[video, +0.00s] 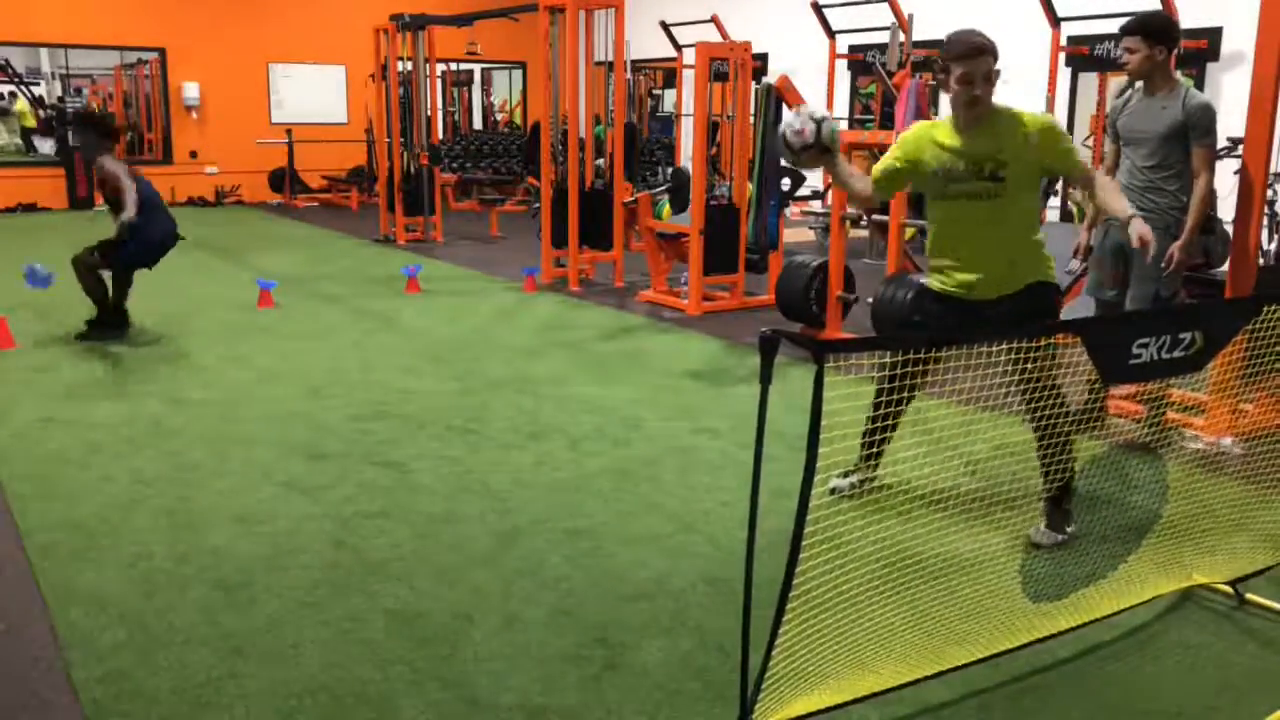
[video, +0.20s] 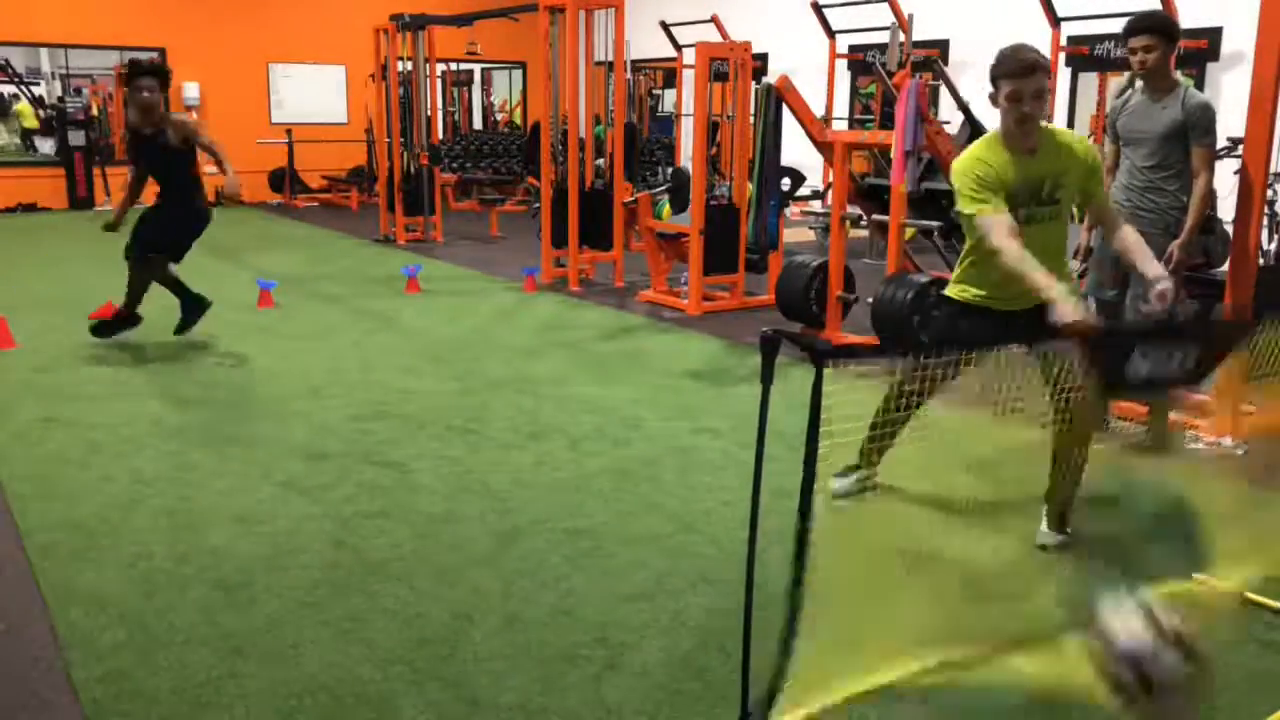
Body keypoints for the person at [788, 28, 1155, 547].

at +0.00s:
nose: (975, 90)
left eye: (984, 79)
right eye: (964, 80)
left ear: (996, 77)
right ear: (945, 80)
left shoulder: (1034, 134)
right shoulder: (920, 140)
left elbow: (1093, 179)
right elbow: (868, 193)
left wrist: (1131, 218)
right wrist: (827, 155)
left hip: (1022, 287)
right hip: (946, 289)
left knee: (1038, 391)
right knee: (898, 374)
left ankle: (1058, 508)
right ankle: (865, 469)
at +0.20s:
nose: (1028, 110)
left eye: (1037, 97)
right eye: (1015, 99)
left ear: (1050, 93)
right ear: (996, 99)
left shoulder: (1077, 153)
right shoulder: (974, 165)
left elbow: (1112, 224)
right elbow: (1005, 245)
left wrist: (1154, 272)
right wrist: (1057, 294)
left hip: (1046, 303)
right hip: (975, 301)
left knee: (1081, 401)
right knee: (916, 380)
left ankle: (1056, 520)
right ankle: (865, 467)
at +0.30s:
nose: (1049, 99)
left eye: (1058, 88)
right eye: (1037, 90)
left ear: (1072, 87)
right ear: (1019, 90)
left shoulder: (1103, 146)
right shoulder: (996, 162)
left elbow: (1134, 228)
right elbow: (1036, 240)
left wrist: (1162, 304)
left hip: (1072, 297)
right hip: (999, 295)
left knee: (1087, 410)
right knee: (927, 384)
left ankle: (1056, 518)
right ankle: (867, 471)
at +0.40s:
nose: (1066, 81)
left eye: (1076, 70)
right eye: (1053, 71)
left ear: (1092, 72)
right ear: (1036, 76)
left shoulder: (1127, 139)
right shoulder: (1009, 146)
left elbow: (1153, 229)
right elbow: (1011, 235)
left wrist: (1168, 307)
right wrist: (1096, 227)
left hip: (1092, 291)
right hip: (1018, 287)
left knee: (1090, 404)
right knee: (958, 373)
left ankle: (1057, 516)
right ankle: (923, 463)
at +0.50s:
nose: (1076, 65)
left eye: (1087, 55)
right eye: (1066, 55)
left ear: (1106, 59)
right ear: (1053, 60)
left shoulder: (1143, 129)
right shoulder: (1022, 132)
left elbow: (1162, 218)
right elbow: (988, 209)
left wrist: (1170, 299)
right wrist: (1033, 256)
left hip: (1108, 290)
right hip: (1032, 285)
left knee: (1090, 403)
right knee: (1001, 378)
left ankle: (1059, 512)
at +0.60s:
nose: (1078, 56)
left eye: (1091, 46)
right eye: (1070, 46)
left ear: (1116, 51)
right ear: (1061, 51)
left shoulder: (1154, 121)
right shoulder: (1040, 121)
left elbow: (1176, 206)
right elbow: (991, 192)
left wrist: (1177, 277)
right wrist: (992, 250)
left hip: (1125, 273)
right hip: (1056, 271)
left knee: (1094, 391)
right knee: (1041, 372)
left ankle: (1062, 510)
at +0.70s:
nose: (1072, 55)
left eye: (1085, 46)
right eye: (1070, 46)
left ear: (1120, 53)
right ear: (1069, 53)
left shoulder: (1162, 120)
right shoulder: (1055, 124)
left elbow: (1192, 209)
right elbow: (1011, 188)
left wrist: (1181, 289)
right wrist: (978, 232)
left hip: (1136, 288)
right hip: (1077, 288)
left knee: (1093, 405)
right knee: (1121, 401)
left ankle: (1060, 519)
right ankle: (1163, 485)